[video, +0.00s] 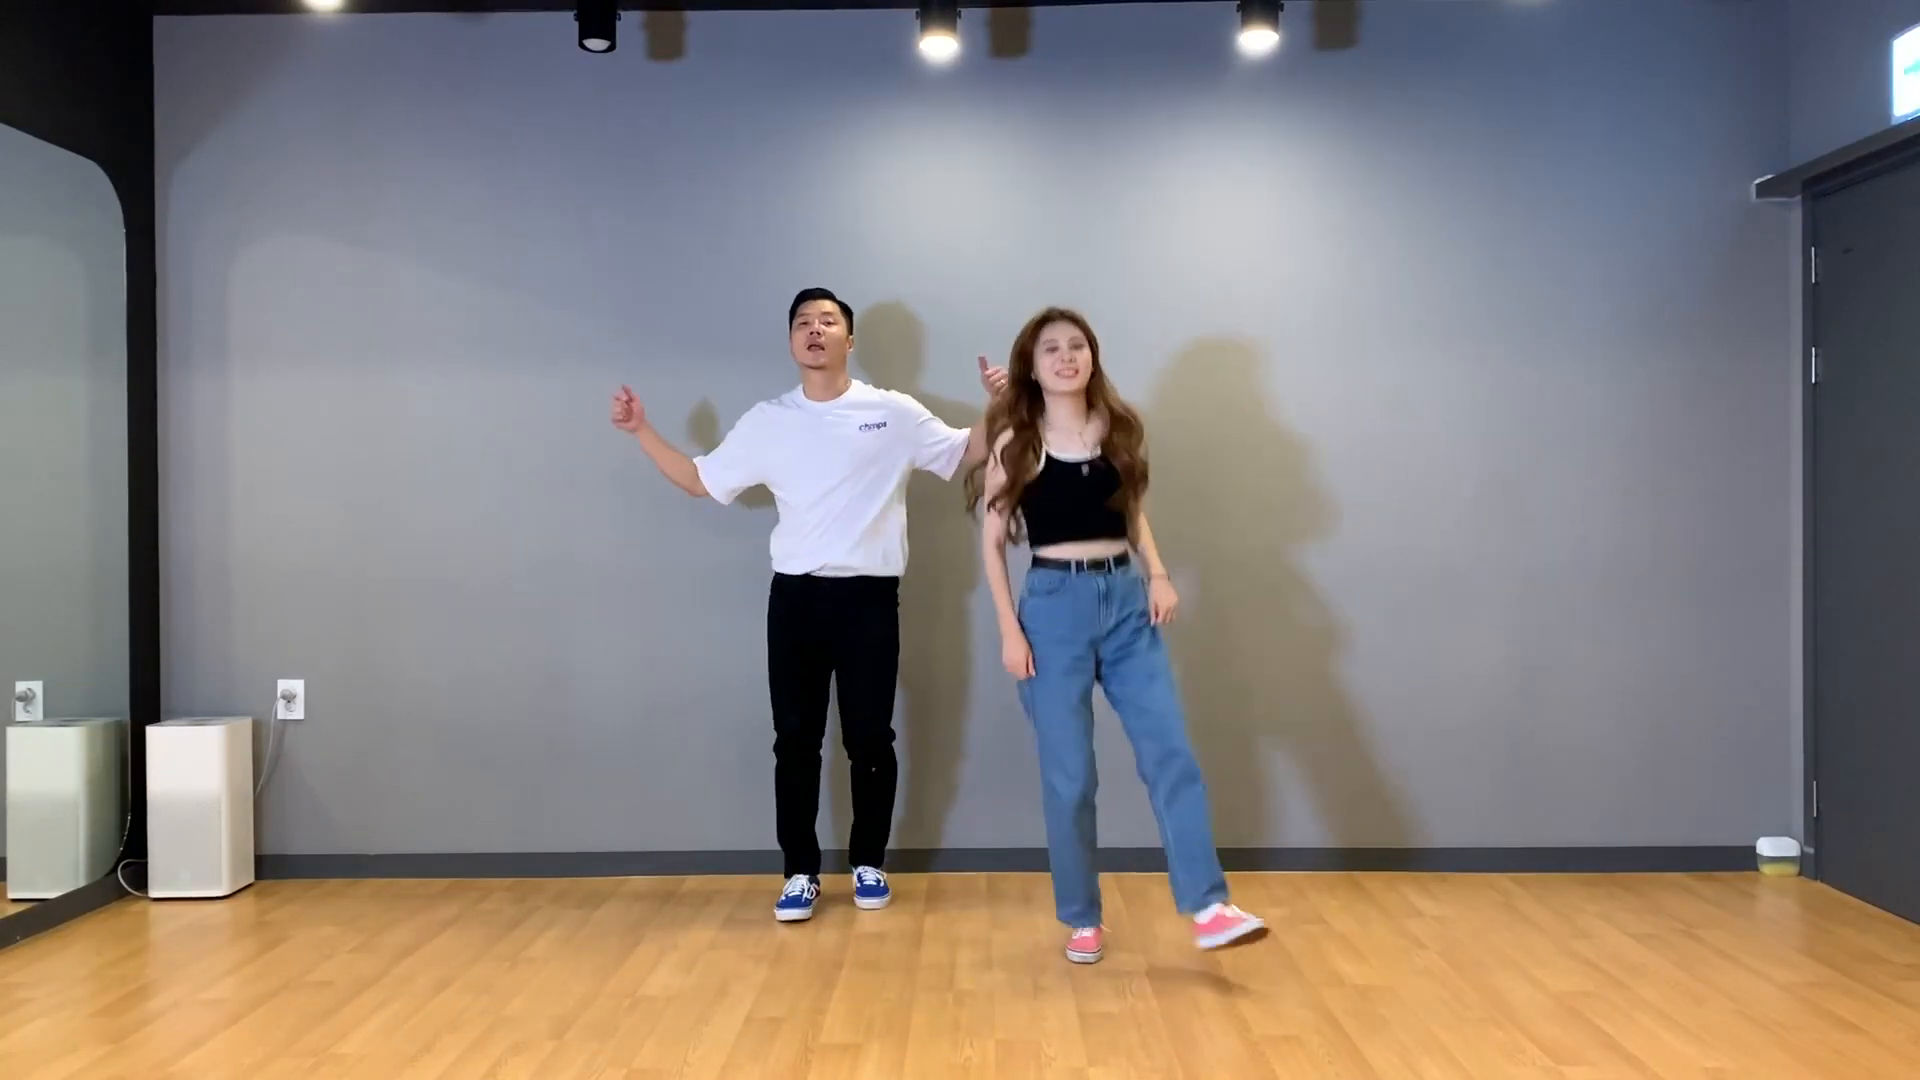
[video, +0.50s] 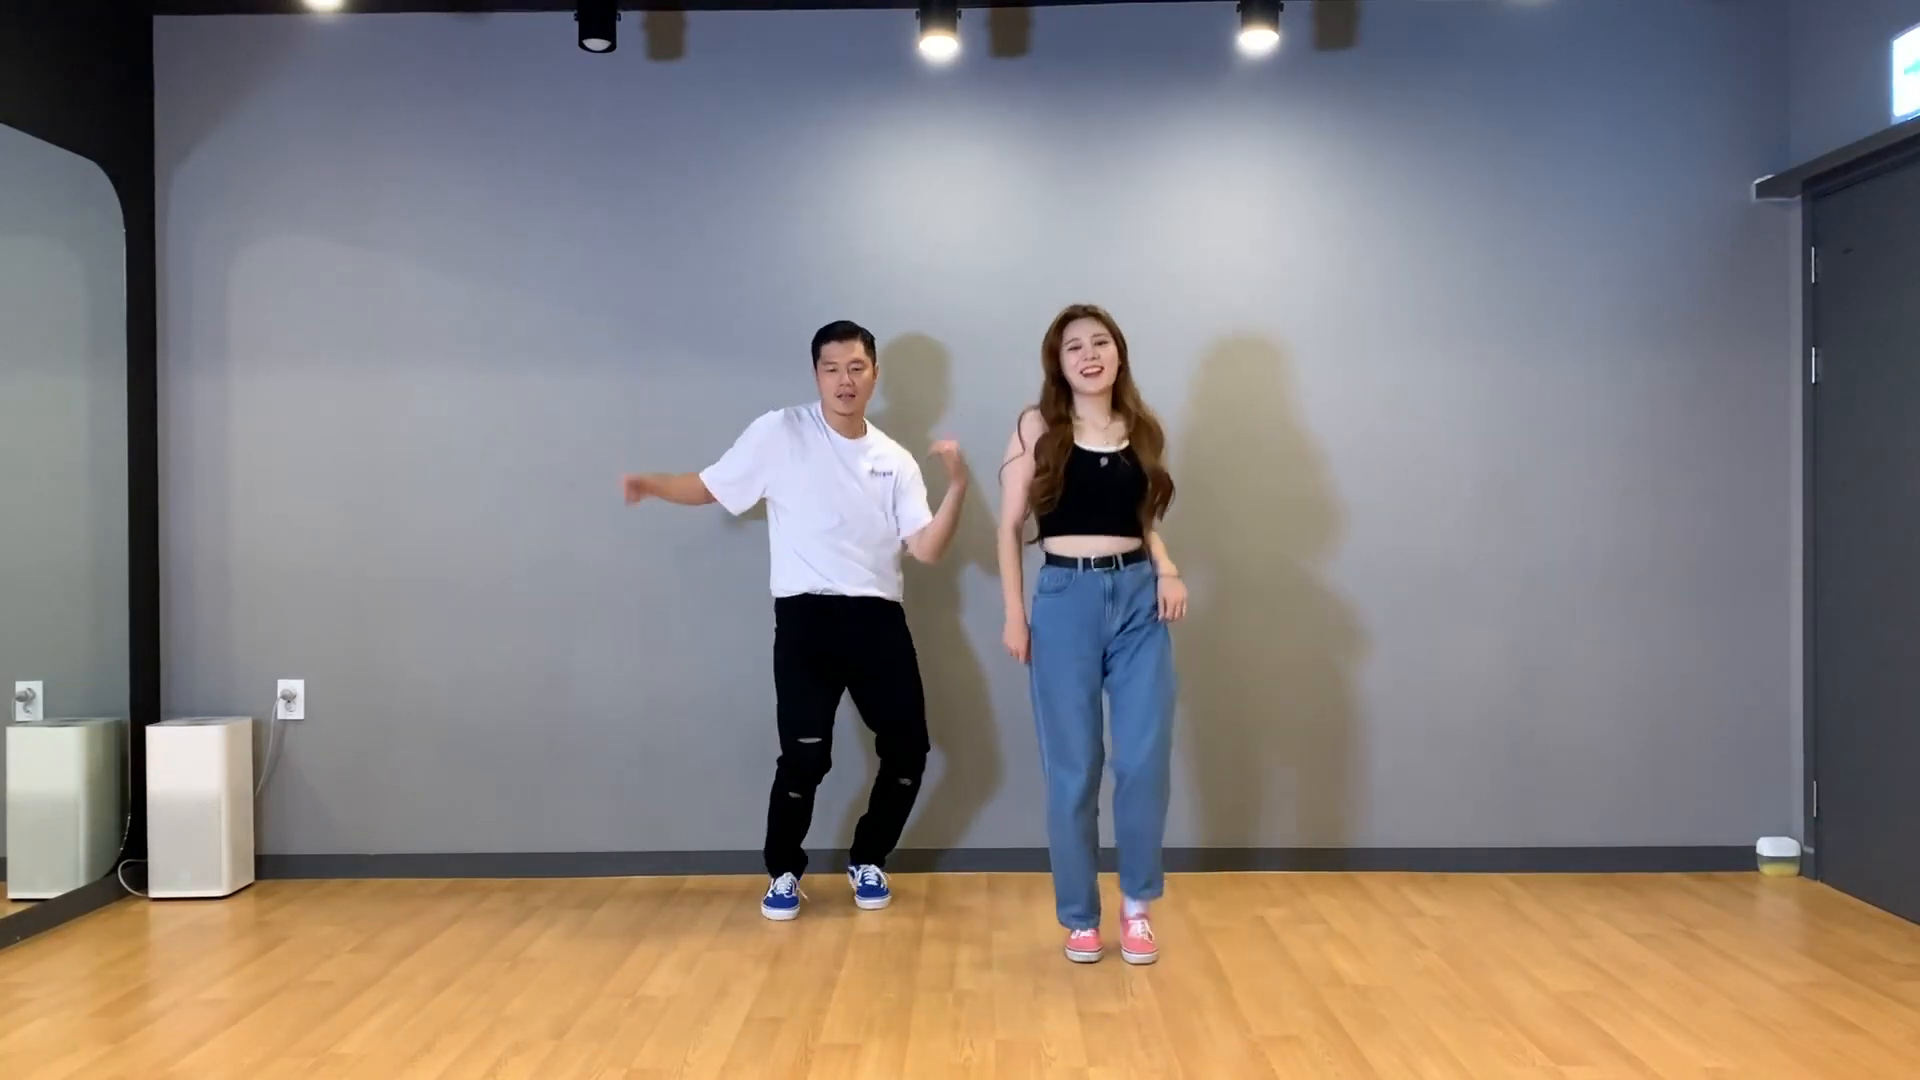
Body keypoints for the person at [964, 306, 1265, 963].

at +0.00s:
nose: (1065, 358)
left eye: (1075, 347)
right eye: (1050, 350)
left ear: (1093, 359)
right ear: (1031, 366)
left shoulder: (1119, 431)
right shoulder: (1014, 444)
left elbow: (1133, 512)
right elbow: (993, 540)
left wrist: (1158, 573)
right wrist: (1009, 628)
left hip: (1125, 598)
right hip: (1052, 604)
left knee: (1170, 751)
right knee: (1071, 775)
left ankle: (1205, 903)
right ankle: (1082, 917)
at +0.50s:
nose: (1089, 356)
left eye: (1100, 344)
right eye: (1075, 348)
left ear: (1119, 354)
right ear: (1058, 363)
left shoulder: (1139, 429)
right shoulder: (1037, 425)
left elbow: (1144, 518)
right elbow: (1010, 527)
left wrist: (1167, 568)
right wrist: (1016, 613)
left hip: (1139, 599)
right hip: (1065, 601)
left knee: (1143, 760)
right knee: (1074, 766)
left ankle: (1138, 905)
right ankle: (1079, 916)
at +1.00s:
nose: (1094, 366)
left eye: (1107, 356)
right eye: (1082, 356)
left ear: (1128, 369)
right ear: (1066, 369)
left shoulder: (1153, 445)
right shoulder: (1040, 444)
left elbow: (1207, 525)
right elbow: (990, 523)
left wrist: (1273, 587)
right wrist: (926, 582)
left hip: (1126, 615)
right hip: (1052, 614)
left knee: (1122, 775)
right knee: (1054, 784)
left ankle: (1129, 917)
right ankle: (1080, 916)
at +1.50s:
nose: (1086, 368)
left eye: (1096, 356)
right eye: (1071, 361)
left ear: (1115, 365)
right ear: (1057, 375)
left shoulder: (1154, 441)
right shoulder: (1036, 446)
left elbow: (1162, 537)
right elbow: (1025, 541)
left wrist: (1161, 620)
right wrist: (1012, 628)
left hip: (1134, 609)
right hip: (1060, 609)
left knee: (1131, 771)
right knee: (1072, 772)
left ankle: (1133, 917)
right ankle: (1080, 916)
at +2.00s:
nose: (1101, 337)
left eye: (1115, 329)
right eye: (1089, 327)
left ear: (1132, 346)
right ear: (1068, 343)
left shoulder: (1156, 415)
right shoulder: (1036, 423)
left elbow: (1173, 510)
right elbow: (1011, 519)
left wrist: (1144, 558)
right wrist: (1050, 571)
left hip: (1137, 589)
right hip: (1062, 592)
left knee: (1140, 758)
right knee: (1071, 757)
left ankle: (1142, 909)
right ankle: (1079, 911)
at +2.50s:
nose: (1088, 348)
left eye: (1099, 336)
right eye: (1074, 341)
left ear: (1122, 350)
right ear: (1059, 359)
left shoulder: (1156, 428)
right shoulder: (1042, 434)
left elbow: (1172, 512)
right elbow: (1019, 528)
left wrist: (1186, 578)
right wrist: (993, 613)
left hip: (1145, 604)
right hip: (1065, 606)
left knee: (1154, 770)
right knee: (1072, 777)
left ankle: (1165, 921)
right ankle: (1085, 924)